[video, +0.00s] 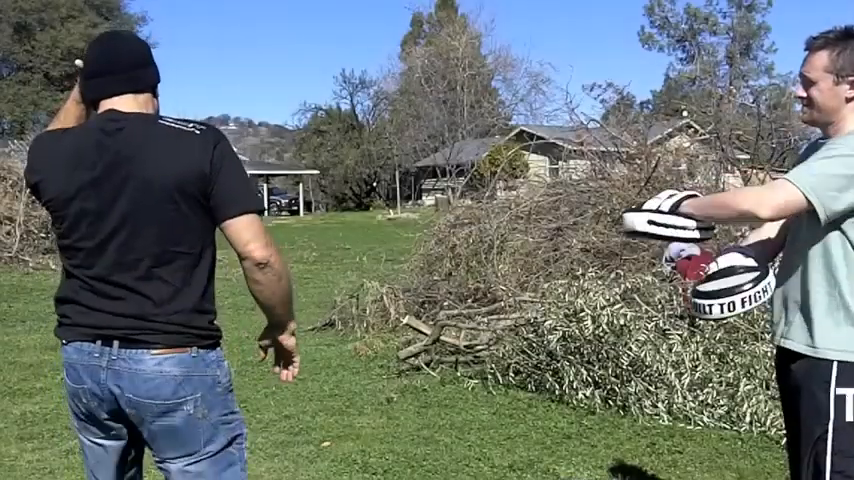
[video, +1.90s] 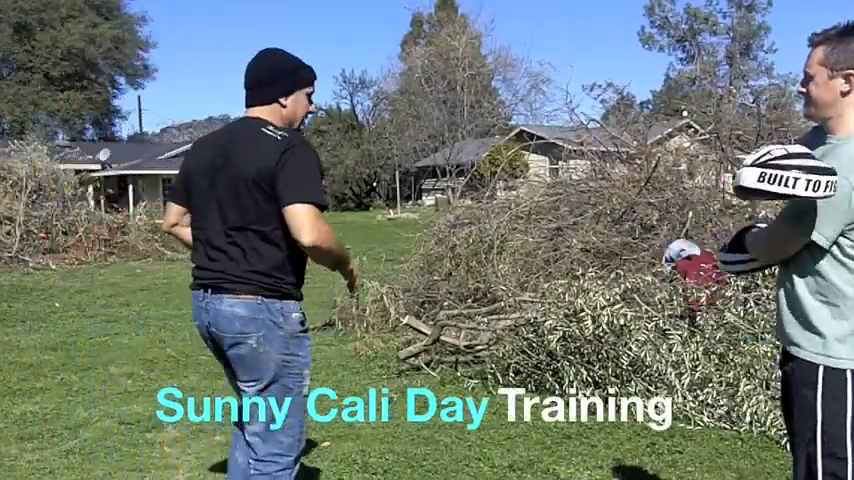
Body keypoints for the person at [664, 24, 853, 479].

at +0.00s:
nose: (798, 92)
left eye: (809, 83)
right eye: (800, 82)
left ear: (848, 88)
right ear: (839, 88)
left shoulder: (848, 151)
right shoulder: (820, 148)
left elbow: (763, 205)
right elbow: (789, 223)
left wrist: (681, 208)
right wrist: (733, 262)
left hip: (836, 353)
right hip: (801, 346)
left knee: (829, 470)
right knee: (805, 466)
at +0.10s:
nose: (793, 92)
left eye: (804, 82)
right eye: (796, 81)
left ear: (845, 87)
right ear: (837, 87)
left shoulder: (845, 152)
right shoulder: (823, 155)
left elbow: (807, 222)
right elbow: (800, 243)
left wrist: (698, 224)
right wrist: (734, 271)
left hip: (831, 362)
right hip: (805, 356)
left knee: (826, 470)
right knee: (807, 467)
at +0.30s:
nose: (779, 92)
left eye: (790, 82)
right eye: (781, 82)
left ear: (831, 88)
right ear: (825, 88)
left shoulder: (844, 155)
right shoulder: (819, 158)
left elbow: (850, 236)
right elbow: (817, 253)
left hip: (829, 363)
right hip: (804, 358)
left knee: (827, 472)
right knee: (808, 469)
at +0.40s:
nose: (773, 92)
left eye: (783, 82)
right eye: (776, 82)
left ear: (824, 87)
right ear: (819, 88)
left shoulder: (844, 159)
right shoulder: (814, 157)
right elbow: (803, 243)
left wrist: (829, 267)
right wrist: (752, 264)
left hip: (830, 360)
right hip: (798, 353)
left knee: (828, 470)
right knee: (804, 465)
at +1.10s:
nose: (789, 93)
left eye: (799, 82)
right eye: (792, 82)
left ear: (840, 87)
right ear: (836, 88)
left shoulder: (846, 161)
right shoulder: (819, 158)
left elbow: (851, 252)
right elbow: (800, 224)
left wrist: (762, 281)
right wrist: (736, 220)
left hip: (831, 365)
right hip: (798, 356)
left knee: (826, 471)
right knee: (804, 468)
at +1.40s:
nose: (804, 89)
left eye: (814, 79)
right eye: (807, 79)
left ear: (849, 85)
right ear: (841, 85)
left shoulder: (846, 161)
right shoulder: (821, 153)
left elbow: (790, 248)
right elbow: (764, 202)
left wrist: (707, 254)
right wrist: (724, 187)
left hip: (832, 364)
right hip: (803, 355)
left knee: (827, 471)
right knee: (810, 467)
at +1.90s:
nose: (800, 89)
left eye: (808, 78)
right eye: (803, 78)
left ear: (845, 83)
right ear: (841, 83)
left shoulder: (841, 159)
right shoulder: (822, 146)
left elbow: (781, 243)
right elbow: (790, 223)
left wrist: (746, 241)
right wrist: (760, 239)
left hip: (832, 352)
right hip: (809, 347)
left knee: (827, 469)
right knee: (811, 465)